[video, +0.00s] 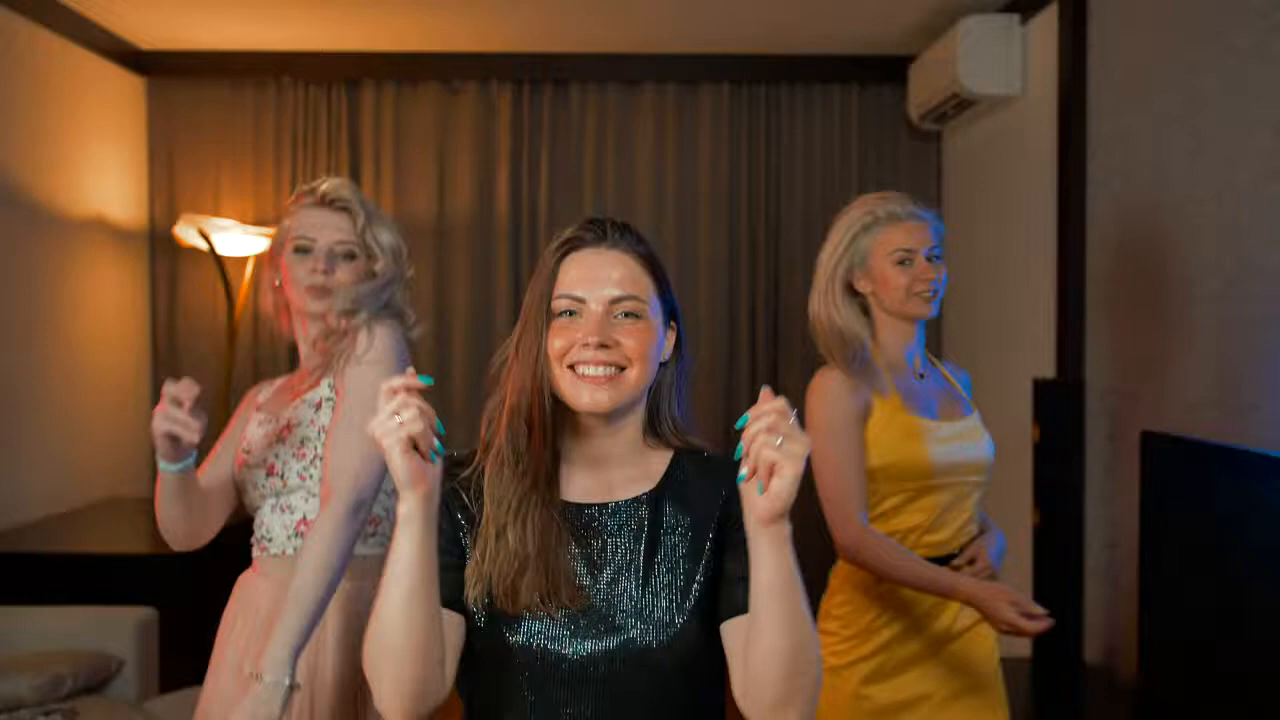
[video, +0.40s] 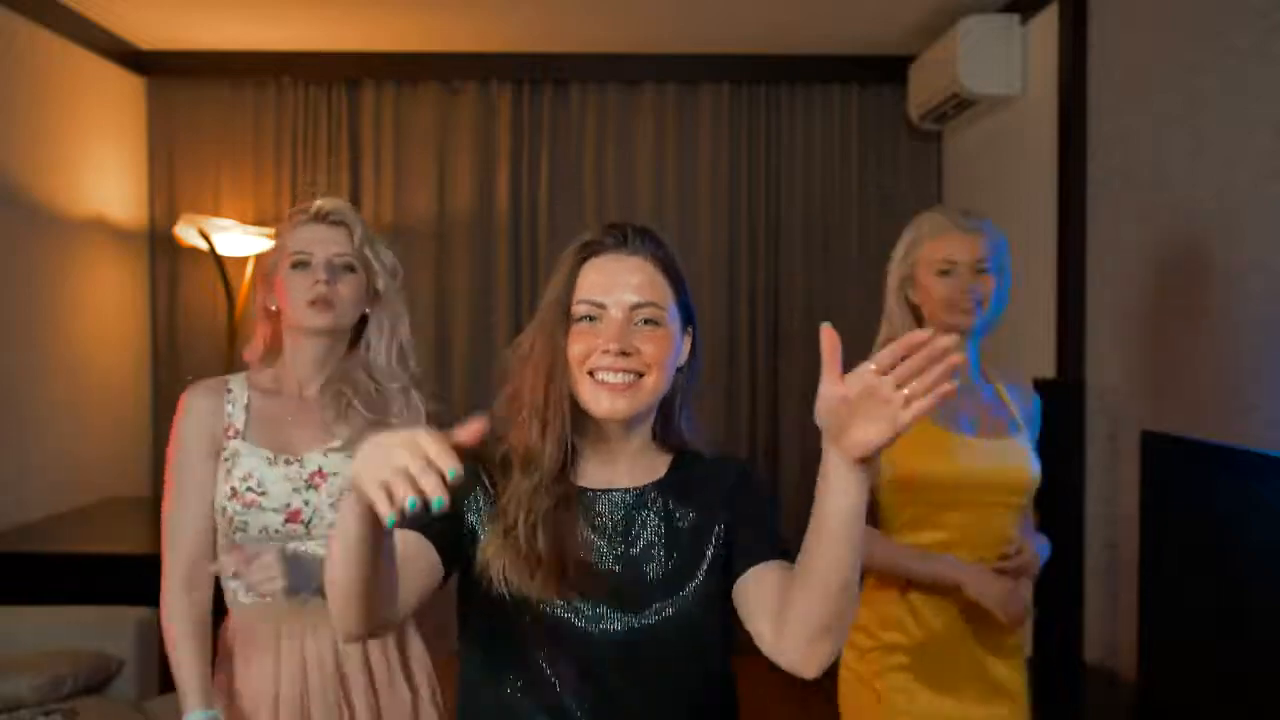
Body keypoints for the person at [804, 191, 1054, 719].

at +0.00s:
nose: (928, 273)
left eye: (934, 257)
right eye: (904, 260)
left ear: (946, 268)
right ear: (860, 281)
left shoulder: (953, 380)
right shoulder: (839, 386)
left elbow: (957, 502)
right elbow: (849, 536)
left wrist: (992, 540)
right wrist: (969, 591)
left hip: (961, 636)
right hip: (873, 637)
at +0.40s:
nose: (967, 287)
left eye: (983, 271)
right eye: (946, 271)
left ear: (1001, 286)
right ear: (910, 287)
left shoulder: (1018, 399)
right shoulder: (878, 390)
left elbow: (1016, 511)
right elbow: (842, 532)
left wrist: (1037, 547)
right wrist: (964, 576)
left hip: (998, 659)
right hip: (896, 658)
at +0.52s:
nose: (952, 252)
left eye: (970, 235)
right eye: (931, 235)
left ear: (992, 249)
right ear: (900, 248)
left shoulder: (1025, 371)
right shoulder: (864, 351)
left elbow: (1037, 486)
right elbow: (792, 484)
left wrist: (1026, 517)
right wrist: (890, 522)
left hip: (981, 629)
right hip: (878, 627)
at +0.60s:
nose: (939, 270)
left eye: (959, 252)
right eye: (919, 253)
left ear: (985, 266)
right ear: (893, 268)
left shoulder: (1023, 387)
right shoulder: (853, 378)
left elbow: (1044, 504)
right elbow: (791, 488)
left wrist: (1035, 524)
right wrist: (838, 526)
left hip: (971, 640)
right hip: (866, 635)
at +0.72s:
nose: (924, 324)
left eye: (944, 308)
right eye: (906, 308)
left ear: (973, 326)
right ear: (885, 322)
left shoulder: (1012, 446)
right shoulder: (843, 433)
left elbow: (1041, 557)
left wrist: (1046, 571)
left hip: (958, 682)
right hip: (851, 677)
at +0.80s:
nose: (920, 314)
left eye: (942, 298)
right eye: (903, 297)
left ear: (970, 317)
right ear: (882, 311)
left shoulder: (1009, 434)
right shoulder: (842, 419)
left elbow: (1033, 541)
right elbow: (808, 541)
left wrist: (1032, 571)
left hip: (959, 672)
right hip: (852, 666)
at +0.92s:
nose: (927, 258)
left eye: (948, 242)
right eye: (909, 241)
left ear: (976, 259)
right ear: (885, 256)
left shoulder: (1016, 384)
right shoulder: (833, 368)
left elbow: (1034, 528)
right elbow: (797, 493)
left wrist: (995, 500)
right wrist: (735, 553)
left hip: (972, 632)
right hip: (861, 631)